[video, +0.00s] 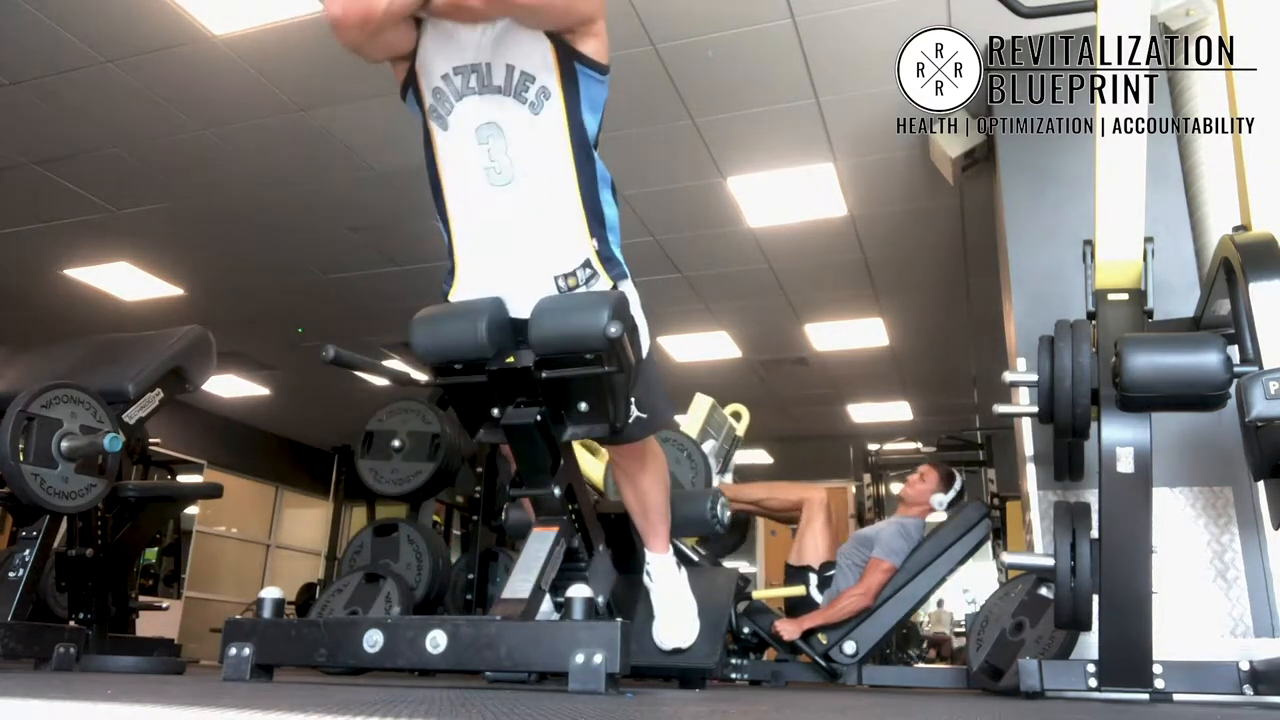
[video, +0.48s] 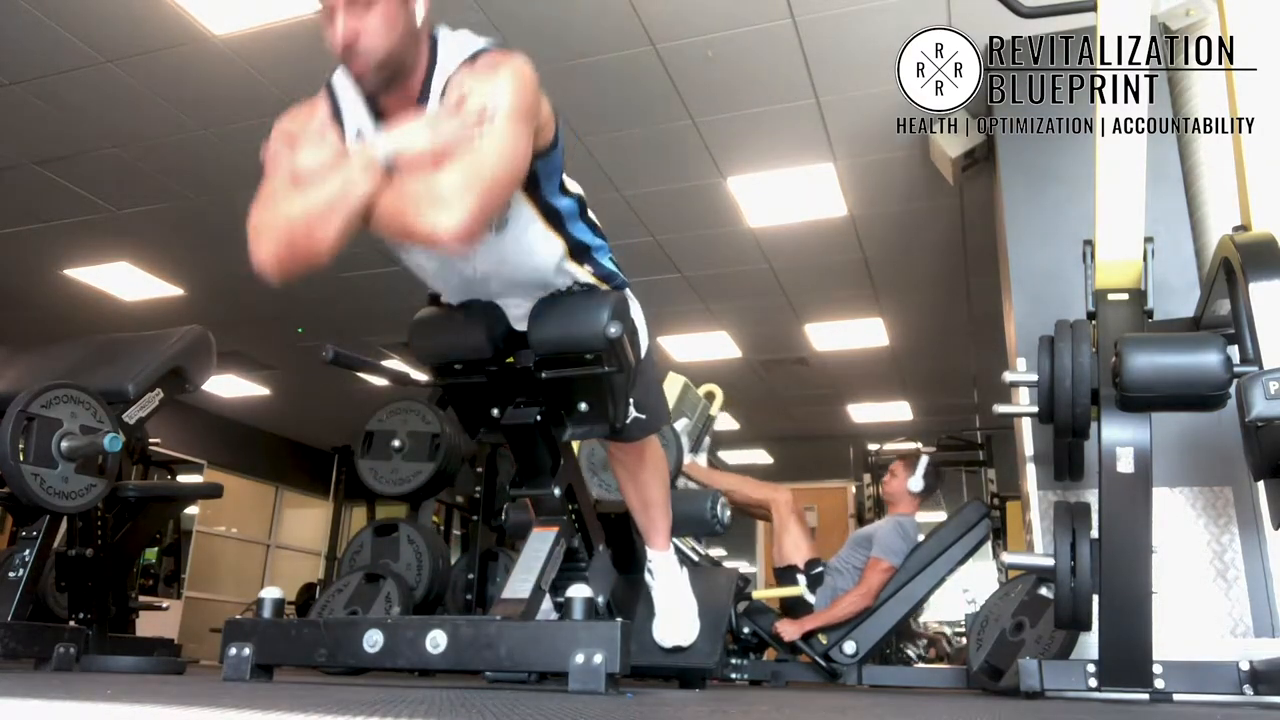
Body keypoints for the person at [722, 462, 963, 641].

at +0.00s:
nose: (910, 478)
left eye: (922, 479)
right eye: (916, 473)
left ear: (935, 501)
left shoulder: (900, 531)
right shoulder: (902, 525)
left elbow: (864, 595)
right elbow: (865, 592)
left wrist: (801, 623)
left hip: (815, 606)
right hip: (820, 599)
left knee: (817, 498)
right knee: (813, 502)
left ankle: (720, 490)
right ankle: (727, 499)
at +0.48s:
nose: (884, 480)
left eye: (893, 475)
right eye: (888, 474)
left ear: (912, 487)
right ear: (911, 490)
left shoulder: (895, 529)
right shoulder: (902, 527)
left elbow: (864, 597)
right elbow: (867, 593)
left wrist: (802, 625)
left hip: (814, 600)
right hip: (819, 595)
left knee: (781, 497)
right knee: (783, 505)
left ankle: (689, 466)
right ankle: (714, 490)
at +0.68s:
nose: (874, 484)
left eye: (879, 477)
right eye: (876, 477)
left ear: (898, 482)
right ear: (903, 483)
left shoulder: (893, 528)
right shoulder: (897, 527)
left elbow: (873, 597)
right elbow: (873, 594)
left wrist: (807, 616)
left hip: (814, 601)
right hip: (818, 597)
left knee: (757, 504)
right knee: (758, 506)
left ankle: (677, 461)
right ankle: (688, 466)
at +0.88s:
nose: (870, 487)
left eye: (872, 480)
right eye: (870, 480)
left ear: (886, 478)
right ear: (898, 479)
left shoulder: (895, 526)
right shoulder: (896, 524)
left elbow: (871, 586)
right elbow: (870, 583)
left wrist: (805, 579)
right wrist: (810, 579)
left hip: (817, 613)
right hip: (820, 605)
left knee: (753, 508)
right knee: (754, 510)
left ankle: (672, 459)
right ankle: (682, 464)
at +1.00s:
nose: (869, 492)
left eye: (870, 484)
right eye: (868, 484)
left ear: (884, 481)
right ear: (897, 481)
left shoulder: (894, 525)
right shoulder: (897, 524)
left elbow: (871, 582)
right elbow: (871, 582)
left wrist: (804, 580)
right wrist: (809, 578)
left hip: (818, 612)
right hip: (822, 604)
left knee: (753, 508)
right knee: (755, 510)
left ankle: (673, 459)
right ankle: (687, 466)